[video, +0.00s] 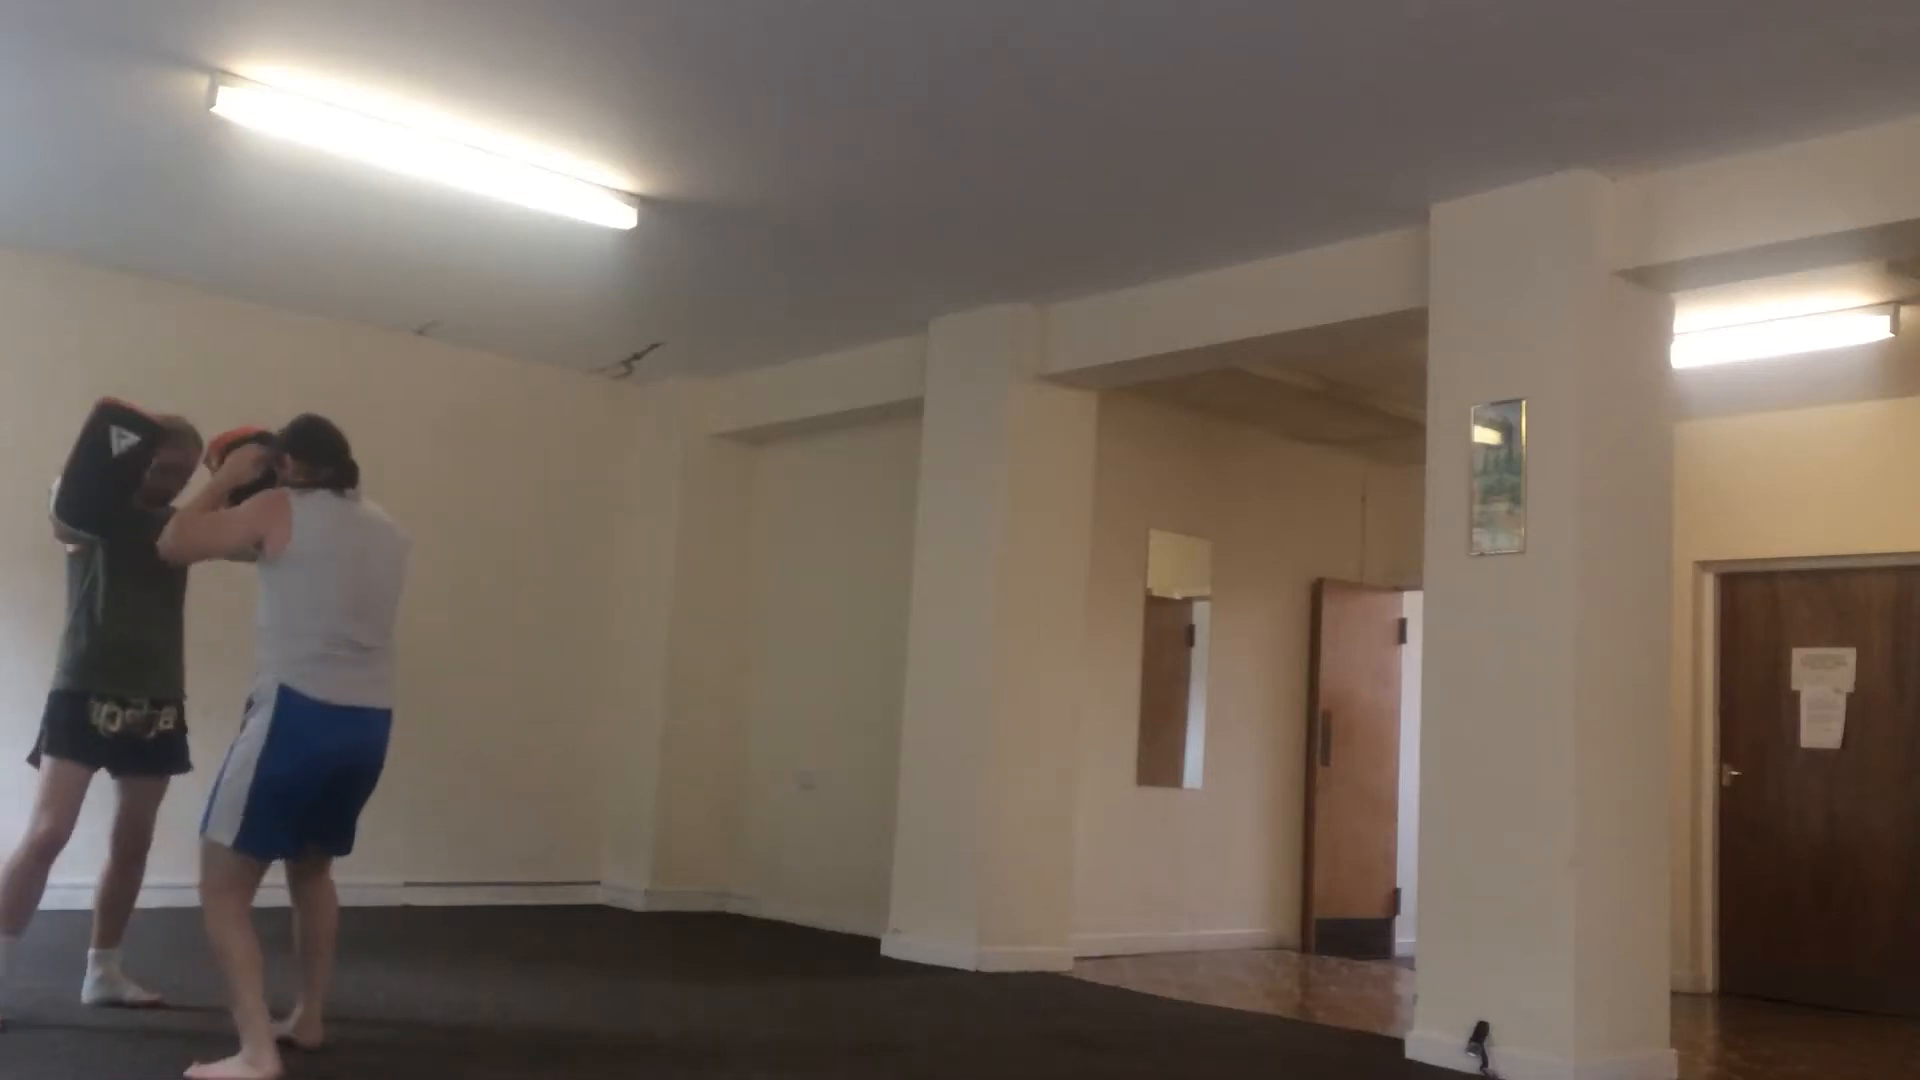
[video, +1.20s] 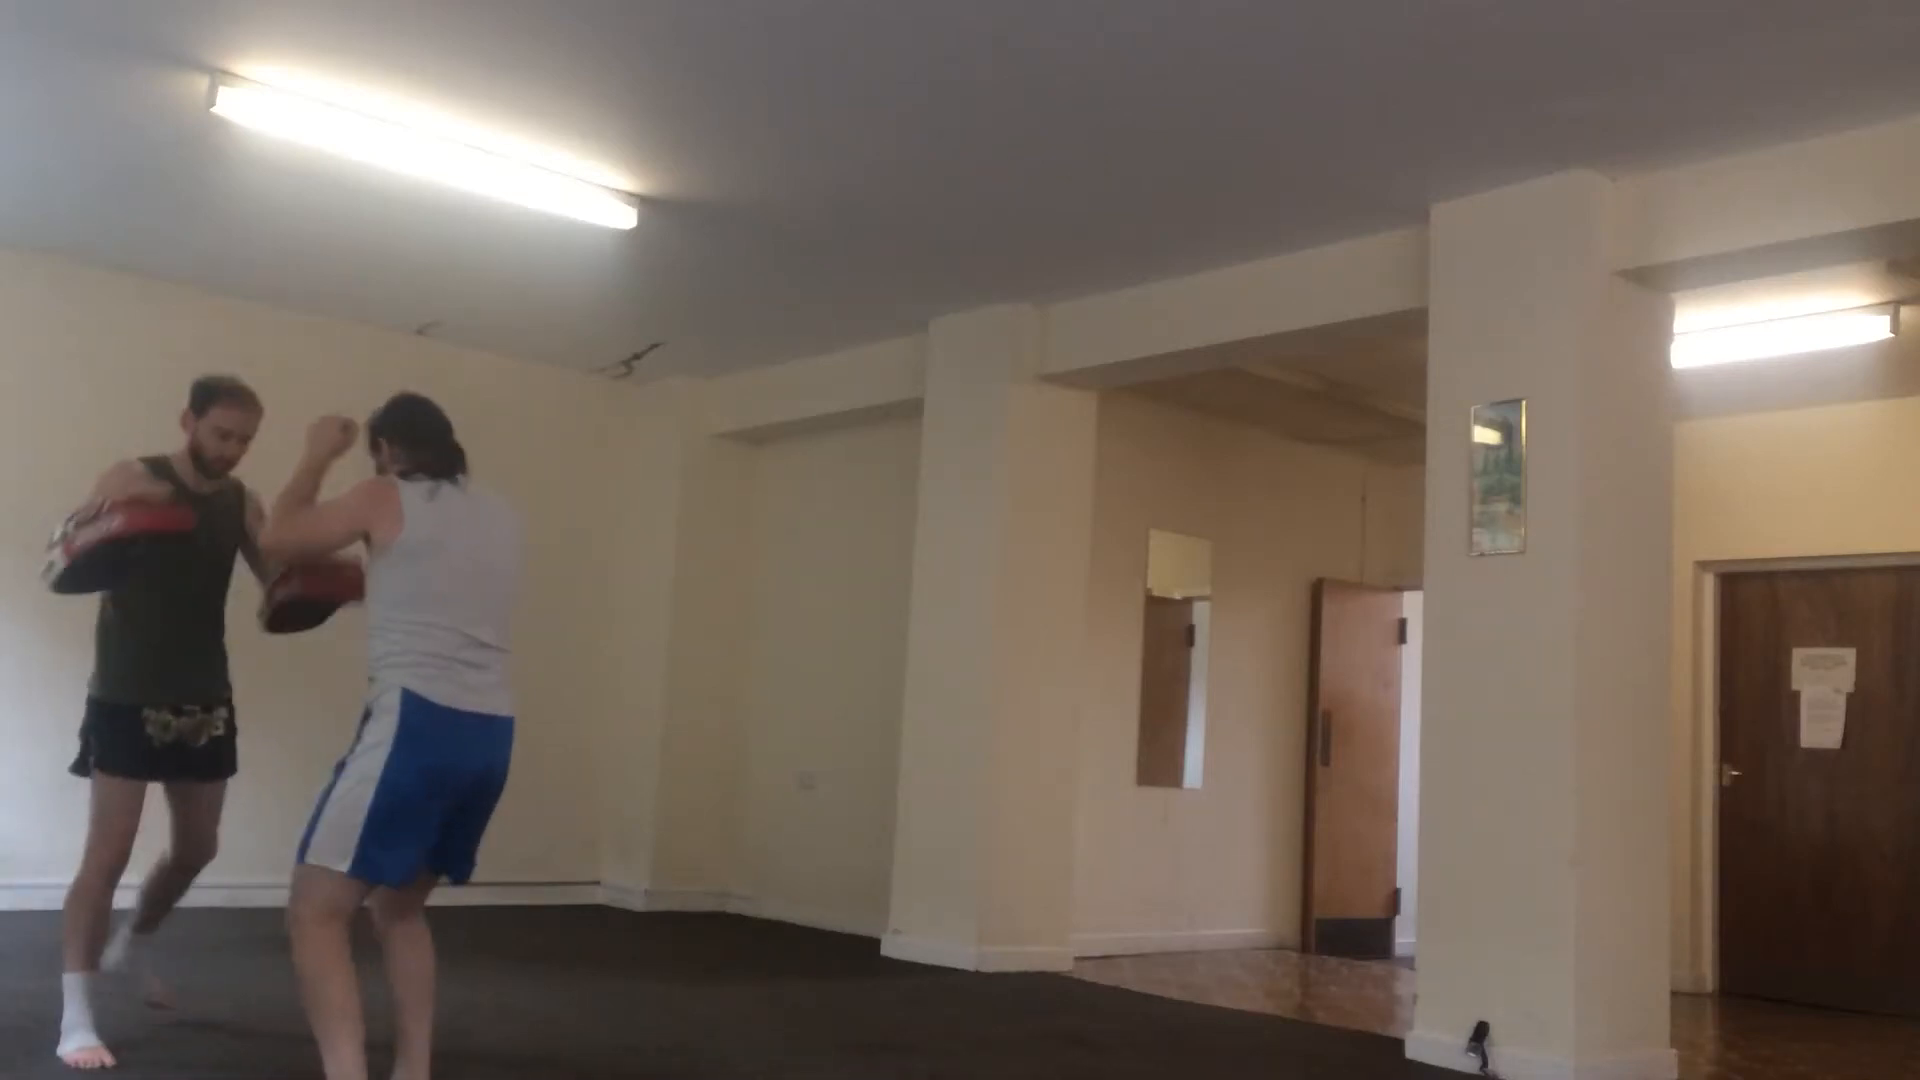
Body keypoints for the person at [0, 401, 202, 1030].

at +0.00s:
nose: (176, 481)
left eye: (185, 471)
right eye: (168, 467)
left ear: (189, 473)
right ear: (137, 462)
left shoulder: (178, 524)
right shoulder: (94, 514)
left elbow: (239, 531)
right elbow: (70, 507)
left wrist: (254, 475)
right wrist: (97, 428)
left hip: (156, 699)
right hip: (87, 693)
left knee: (132, 842)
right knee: (47, 835)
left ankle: (104, 970)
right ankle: (1, 959)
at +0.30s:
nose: (191, 477)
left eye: (203, 469)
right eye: (183, 464)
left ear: (213, 472)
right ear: (156, 457)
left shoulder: (215, 539)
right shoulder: (119, 517)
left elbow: (272, 625)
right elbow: (47, 574)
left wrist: (263, 568)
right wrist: (74, 512)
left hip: (169, 703)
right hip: (100, 691)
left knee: (139, 845)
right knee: (91, 826)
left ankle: (102, 973)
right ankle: (62, 981)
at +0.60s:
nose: (256, 488)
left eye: (266, 479)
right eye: (247, 473)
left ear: (270, 486)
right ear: (214, 468)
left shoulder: (236, 547)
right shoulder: (160, 516)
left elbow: (201, 624)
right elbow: (69, 527)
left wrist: (234, 658)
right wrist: (30, 519)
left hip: (180, 718)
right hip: (119, 709)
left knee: (142, 856)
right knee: (109, 849)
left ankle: (103, 967)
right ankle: (72, 1004)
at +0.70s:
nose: (266, 479)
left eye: (272, 469)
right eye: (257, 465)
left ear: (266, 474)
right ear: (225, 461)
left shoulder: (227, 540)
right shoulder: (186, 509)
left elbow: (193, 615)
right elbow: (150, 498)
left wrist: (226, 650)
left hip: (171, 712)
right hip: (115, 705)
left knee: (155, 849)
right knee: (121, 850)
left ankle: (111, 954)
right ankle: (77, 1013)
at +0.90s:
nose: (250, 467)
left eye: (254, 453)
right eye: (241, 450)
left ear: (239, 451)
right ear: (202, 441)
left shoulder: (219, 512)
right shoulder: (158, 499)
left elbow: (199, 587)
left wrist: (236, 615)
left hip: (180, 699)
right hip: (121, 698)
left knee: (160, 836)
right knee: (116, 850)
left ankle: (101, 939)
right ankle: (75, 1017)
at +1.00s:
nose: (251, 438)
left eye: (258, 427)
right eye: (239, 424)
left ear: (258, 430)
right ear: (203, 421)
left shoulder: (237, 501)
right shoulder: (158, 484)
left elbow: (211, 580)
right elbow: (57, 534)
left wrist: (251, 614)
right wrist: (125, 511)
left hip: (193, 692)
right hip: (126, 690)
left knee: (170, 833)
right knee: (111, 849)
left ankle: (90, 910)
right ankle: (75, 1018)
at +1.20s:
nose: (232, 451)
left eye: (244, 441)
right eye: (224, 435)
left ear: (250, 441)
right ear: (189, 422)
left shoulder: (240, 502)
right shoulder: (133, 478)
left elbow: (279, 580)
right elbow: (62, 557)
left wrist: (320, 568)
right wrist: (112, 522)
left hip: (202, 694)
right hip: (127, 692)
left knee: (195, 849)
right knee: (106, 857)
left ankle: (126, 951)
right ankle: (75, 1017)